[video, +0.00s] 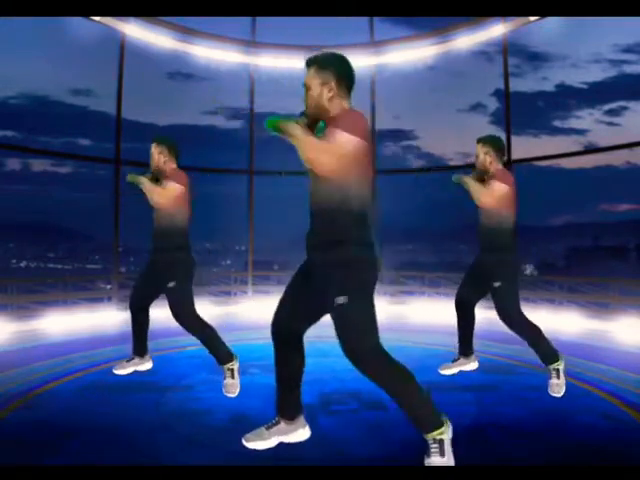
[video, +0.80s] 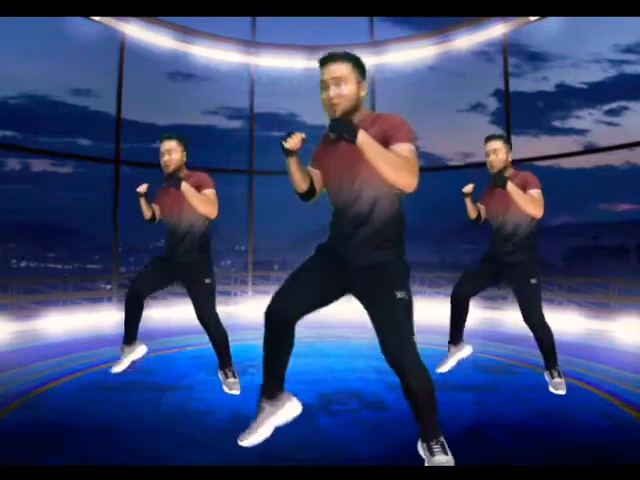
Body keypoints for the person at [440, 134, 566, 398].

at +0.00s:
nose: (479, 160)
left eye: (483, 155)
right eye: (478, 155)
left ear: (496, 157)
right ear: (482, 158)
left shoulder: (502, 183)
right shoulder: (489, 180)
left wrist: (468, 181)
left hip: (503, 259)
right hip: (486, 257)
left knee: (510, 315)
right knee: (464, 301)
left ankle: (554, 362)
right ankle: (466, 356)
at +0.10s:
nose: (479, 161)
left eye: (482, 156)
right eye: (478, 157)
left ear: (494, 157)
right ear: (492, 158)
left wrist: (423, 171)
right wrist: (427, 171)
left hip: (500, 260)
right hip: (489, 258)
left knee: (509, 317)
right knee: (462, 301)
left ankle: (555, 362)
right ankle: (465, 357)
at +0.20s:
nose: (475, 161)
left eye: (477, 156)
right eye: (475, 156)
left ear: (489, 156)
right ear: (490, 156)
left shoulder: (498, 176)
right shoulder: (495, 178)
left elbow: (465, 187)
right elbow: (482, 202)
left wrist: (445, 177)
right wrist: (461, 185)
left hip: (501, 258)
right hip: (489, 257)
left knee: (513, 315)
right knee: (463, 302)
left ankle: (553, 364)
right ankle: (466, 357)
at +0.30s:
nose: (473, 161)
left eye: (476, 156)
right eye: (473, 157)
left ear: (490, 155)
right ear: (484, 157)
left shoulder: (509, 178)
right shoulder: (483, 182)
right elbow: (475, 208)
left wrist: (479, 185)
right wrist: (473, 189)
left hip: (508, 259)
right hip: (487, 258)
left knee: (521, 314)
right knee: (466, 303)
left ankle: (551, 367)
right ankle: (466, 357)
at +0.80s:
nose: (492, 157)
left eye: (497, 152)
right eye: (488, 153)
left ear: (509, 154)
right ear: (486, 158)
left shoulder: (526, 178)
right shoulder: (491, 189)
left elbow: (537, 211)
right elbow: (477, 216)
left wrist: (507, 183)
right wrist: (468, 198)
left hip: (522, 261)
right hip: (494, 260)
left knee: (533, 318)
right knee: (460, 292)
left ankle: (553, 371)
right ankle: (456, 346)